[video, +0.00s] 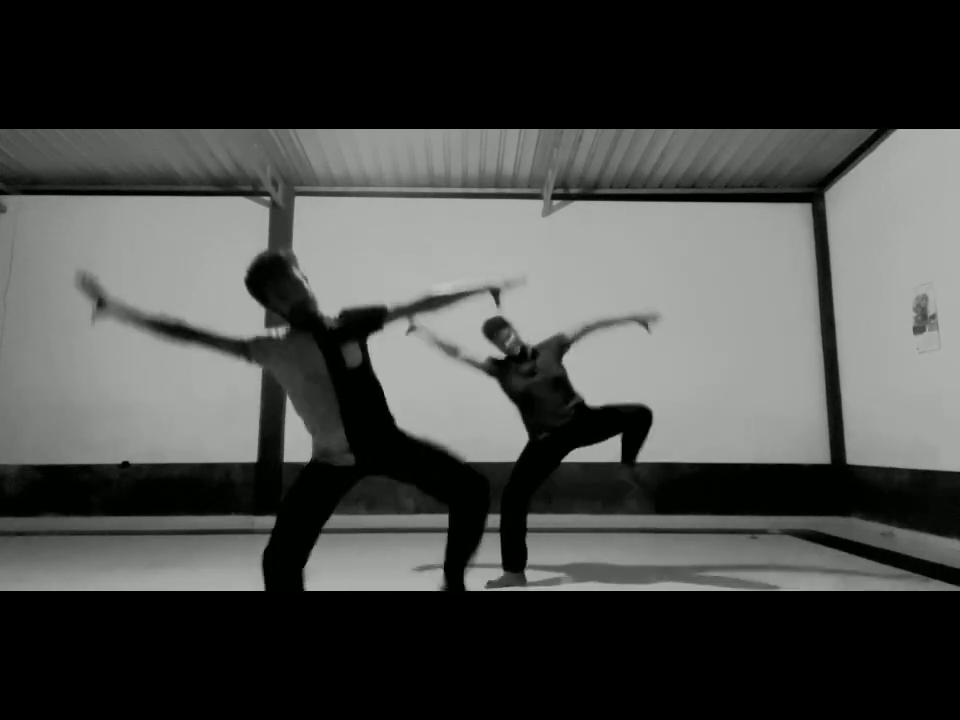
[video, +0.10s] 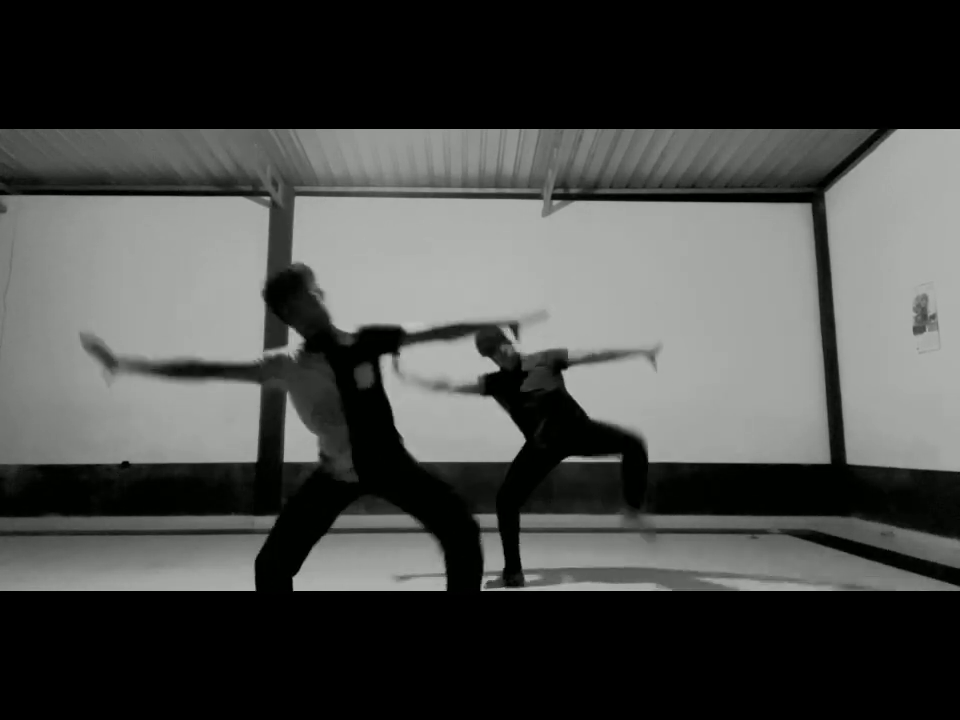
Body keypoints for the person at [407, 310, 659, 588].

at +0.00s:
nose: (509, 342)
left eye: (509, 335)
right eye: (501, 341)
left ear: (516, 330)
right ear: (497, 346)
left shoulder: (551, 349)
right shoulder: (500, 370)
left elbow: (592, 326)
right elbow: (456, 353)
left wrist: (636, 318)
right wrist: (423, 333)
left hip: (581, 422)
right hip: (545, 441)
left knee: (640, 415)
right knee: (513, 498)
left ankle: (627, 467)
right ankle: (514, 573)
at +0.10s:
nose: (501, 356)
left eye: (501, 348)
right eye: (493, 354)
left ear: (510, 343)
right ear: (488, 358)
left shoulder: (545, 360)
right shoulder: (494, 384)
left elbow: (596, 356)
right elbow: (446, 387)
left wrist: (642, 352)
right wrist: (406, 377)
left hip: (576, 432)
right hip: (540, 449)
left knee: (633, 445)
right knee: (506, 502)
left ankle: (634, 511)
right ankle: (512, 571)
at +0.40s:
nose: (538, 341)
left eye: (540, 335)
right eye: (535, 336)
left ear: (551, 331)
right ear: (535, 337)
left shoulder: (576, 359)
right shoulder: (539, 365)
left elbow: (550, 381)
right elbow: (511, 381)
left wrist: (511, 398)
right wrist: (476, 395)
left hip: (595, 441)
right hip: (565, 441)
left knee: (585, 506)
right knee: (531, 495)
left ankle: (603, 580)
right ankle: (513, 571)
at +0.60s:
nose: (562, 305)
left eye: (565, 299)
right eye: (563, 300)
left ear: (573, 301)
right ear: (587, 296)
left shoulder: (587, 325)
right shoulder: (590, 319)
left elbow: (557, 332)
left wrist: (521, 318)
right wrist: (538, 284)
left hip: (609, 418)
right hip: (607, 413)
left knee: (596, 495)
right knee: (575, 442)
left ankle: (609, 577)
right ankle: (595, 520)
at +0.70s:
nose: (576, 303)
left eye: (578, 299)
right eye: (582, 298)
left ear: (579, 303)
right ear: (605, 301)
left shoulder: (572, 331)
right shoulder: (616, 325)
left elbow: (542, 302)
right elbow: (613, 287)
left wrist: (535, 270)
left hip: (601, 428)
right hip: (630, 419)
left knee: (602, 503)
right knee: (618, 443)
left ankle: (621, 577)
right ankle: (628, 494)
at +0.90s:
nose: (621, 308)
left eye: (615, 305)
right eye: (619, 305)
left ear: (596, 316)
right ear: (620, 310)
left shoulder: (588, 341)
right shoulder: (640, 336)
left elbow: (555, 308)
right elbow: (676, 299)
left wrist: (546, 271)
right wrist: (694, 260)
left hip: (612, 433)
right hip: (648, 426)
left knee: (604, 506)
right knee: (704, 446)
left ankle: (621, 580)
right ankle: (707, 517)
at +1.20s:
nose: (652, 343)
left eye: (638, 345)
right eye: (651, 339)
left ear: (632, 353)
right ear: (655, 340)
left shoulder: (633, 389)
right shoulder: (688, 369)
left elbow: (611, 422)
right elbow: (733, 392)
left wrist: (589, 434)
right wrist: (777, 398)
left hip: (658, 464)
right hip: (706, 459)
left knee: (611, 502)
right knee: (750, 508)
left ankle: (610, 581)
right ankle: (760, 580)